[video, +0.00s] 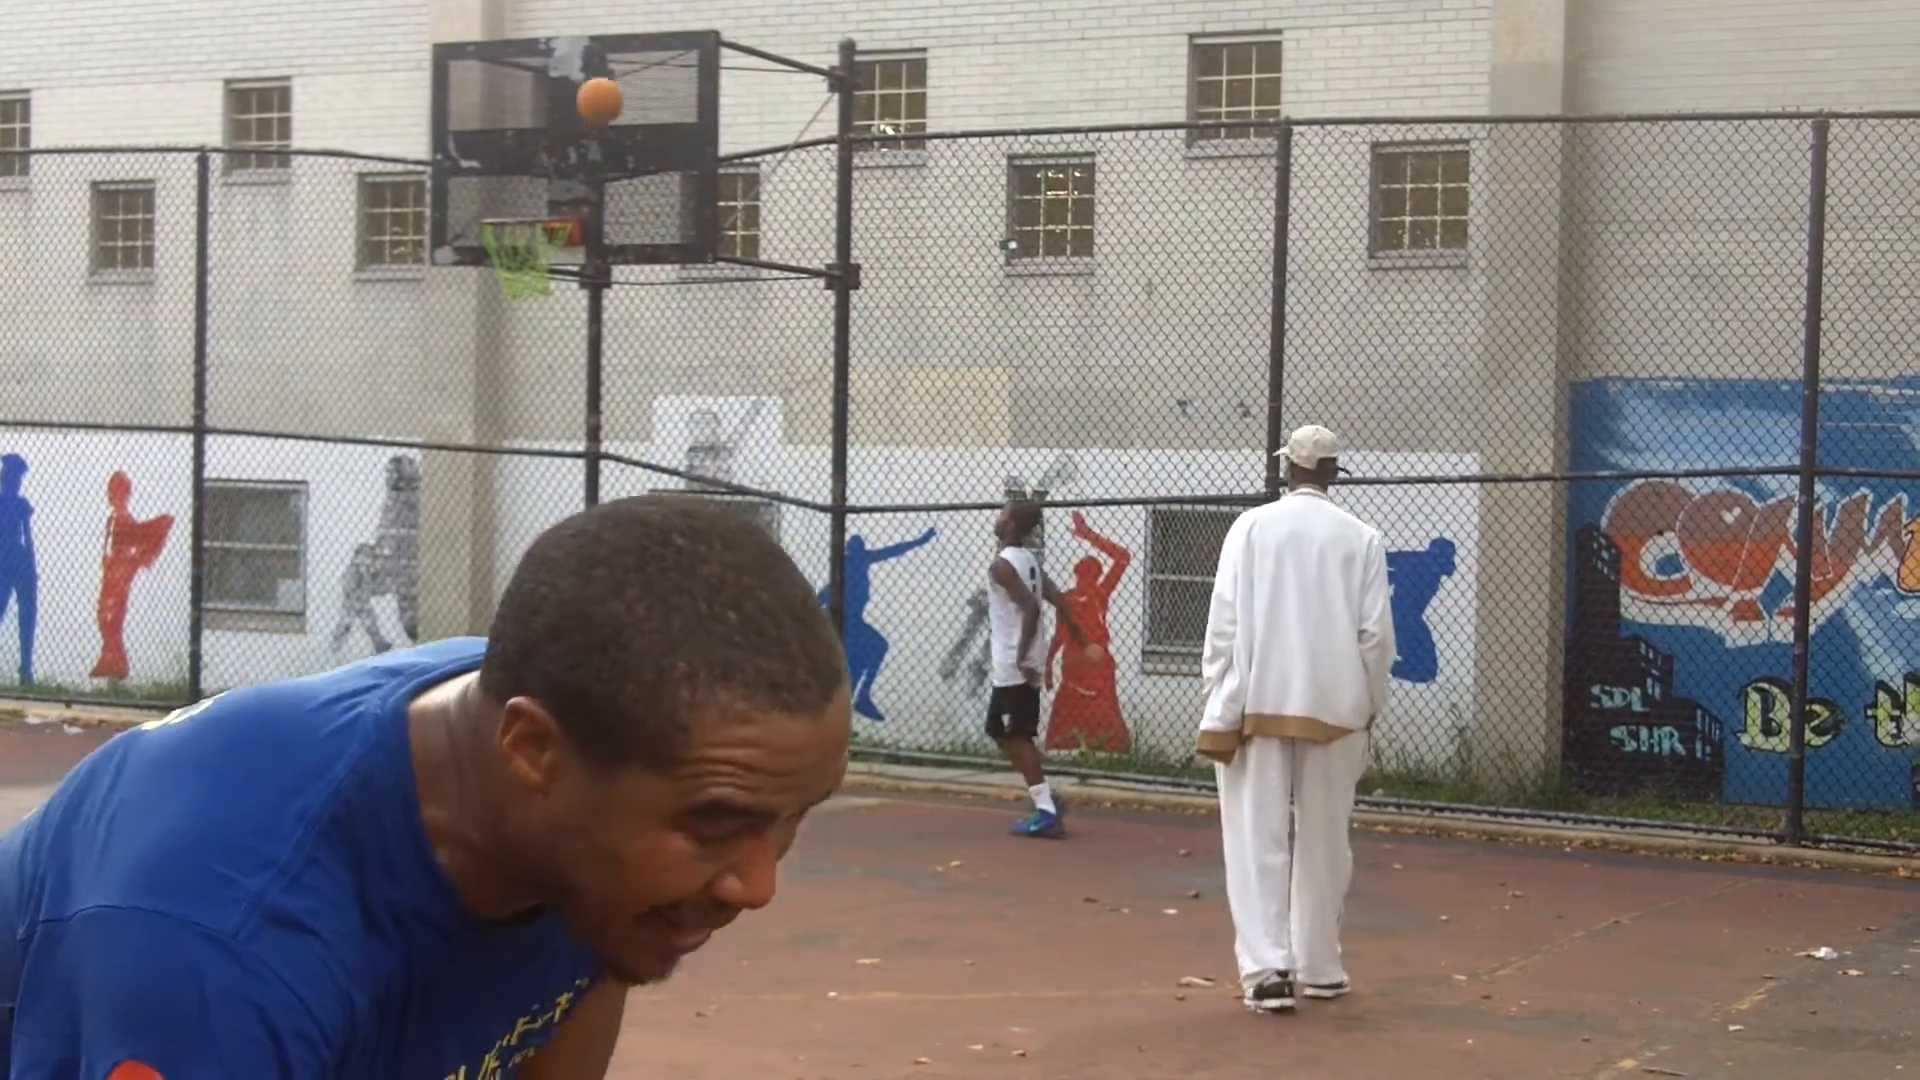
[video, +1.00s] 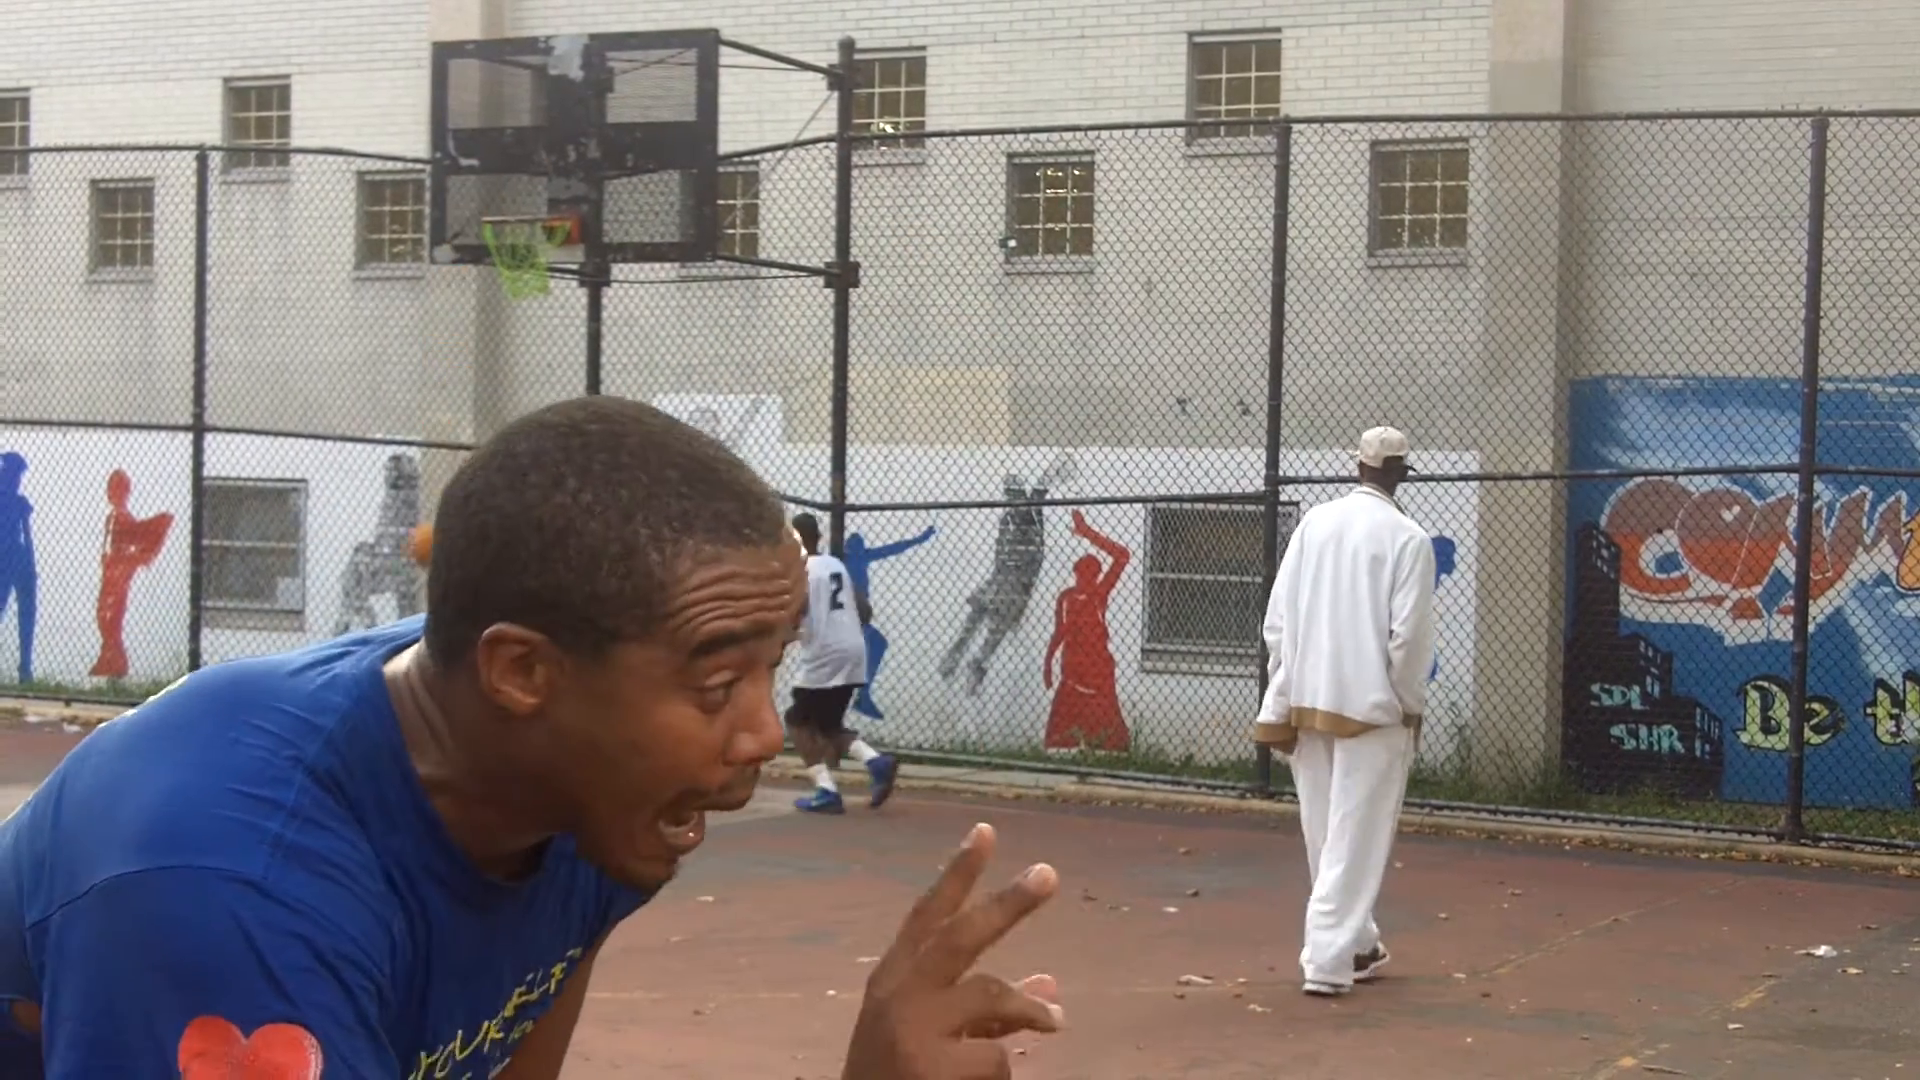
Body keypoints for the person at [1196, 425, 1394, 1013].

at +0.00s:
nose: (1319, 481)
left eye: (1287, 469)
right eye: (1330, 472)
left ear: (1284, 472)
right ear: (1333, 476)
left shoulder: (1248, 528)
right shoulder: (1361, 537)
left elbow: (1222, 628)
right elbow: (1377, 635)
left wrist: (1219, 709)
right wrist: (1370, 714)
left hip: (1254, 706)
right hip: (1332, 709)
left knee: (1255, 841)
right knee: (1325, 839)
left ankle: (1266, 970)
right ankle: (1319, 969)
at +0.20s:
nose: (1336, 474)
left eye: (1324, 463)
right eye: (1354, 469)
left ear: (1313, 466)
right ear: (1360, 472)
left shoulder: (1270, 519)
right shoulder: (1380, 538)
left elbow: (1234, 617)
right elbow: (1388, 637)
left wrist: (1228, 696)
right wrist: (1377, 708)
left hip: (1263, 695)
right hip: (1340, 703)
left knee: (1254, 829)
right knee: (1329, 835)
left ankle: (1262, 950)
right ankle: (1318, 973)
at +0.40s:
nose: (1352, 470)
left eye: (1340, 461)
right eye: (1369, 466)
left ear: (1332, 464)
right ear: (1378, 470)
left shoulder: (1285, 517)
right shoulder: (1392, 538)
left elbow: (1247, 613)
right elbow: (1397, 638)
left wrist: (1237, 693)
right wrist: (1389, 708)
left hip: (1274, 692)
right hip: (1348, 701)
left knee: (1257, 815)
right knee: (1336, 835)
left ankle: (1264, 934)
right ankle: (1319, 974)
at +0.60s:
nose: (1367, 471)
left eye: (1353, 461)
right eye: (1381, 466)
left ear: (1342, 463)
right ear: (1389, 470)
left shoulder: (1295, 518)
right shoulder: (1398, 538)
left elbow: (1256, 612)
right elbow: (1397, 637)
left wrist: (1252, 690)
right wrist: (1394, 706)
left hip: (1282, 695)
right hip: (1352, 703)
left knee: (1274, 826)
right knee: (1340, 835)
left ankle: (1274, 950)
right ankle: (1322, 971)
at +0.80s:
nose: (1383, 473)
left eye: (1368, 463)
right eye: (1392, 467)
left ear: (1351, 465)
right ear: (1396, 471)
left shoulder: (1305, 517)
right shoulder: (1402, 537)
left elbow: (1265, 613)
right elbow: (1402, 635)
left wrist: (1267, 686)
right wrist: (1403, 703)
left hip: (1294, 693)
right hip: (1361, 700)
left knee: (1296, 822)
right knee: (1344, 829)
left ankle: (1303, 940)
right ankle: (1323, 967)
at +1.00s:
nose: (1394, 478)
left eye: (1376, 466)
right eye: (1400, 472)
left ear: (1357, 469)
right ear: (1402, 475)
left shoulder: (1313, 522)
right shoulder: (1408, 538)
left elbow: (1277, 620)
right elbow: (1407, 635)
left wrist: (1286, 691)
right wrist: (1412, 704)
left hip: (1306, 698)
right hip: (1371, 704)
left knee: (1323, 827)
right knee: (1353, 832)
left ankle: (1358, 942)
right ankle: (1323, 965)